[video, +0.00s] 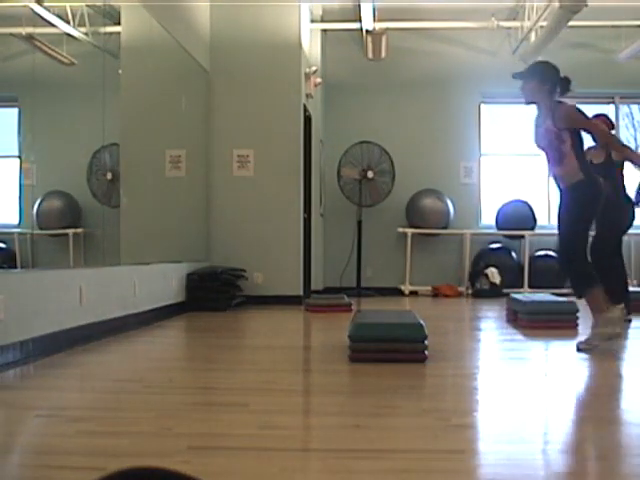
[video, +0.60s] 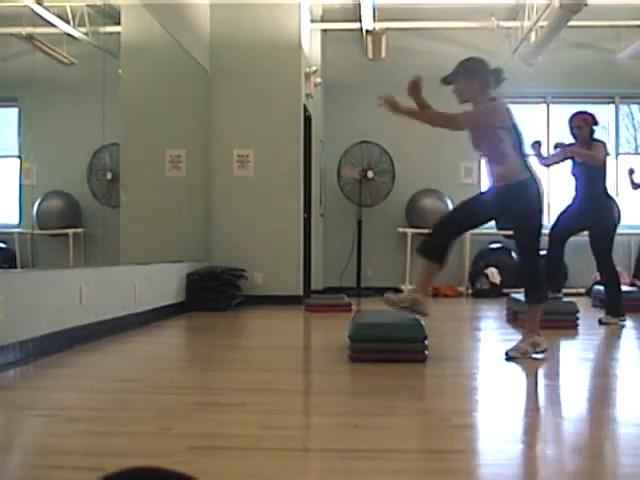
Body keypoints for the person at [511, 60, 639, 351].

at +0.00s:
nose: (522, 86)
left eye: (526, 82)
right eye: (523, 82)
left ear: (544, 86)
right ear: (539, 87)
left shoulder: (563, 112)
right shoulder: (540, 116)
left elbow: (600, 131)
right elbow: (552, 148)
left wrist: (626, 154)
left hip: (582, 189)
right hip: (568, 191)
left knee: (571, 255)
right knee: (570, 255)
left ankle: (603, 318)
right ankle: (606, 316)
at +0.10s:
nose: (514, 91)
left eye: (519, 86)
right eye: (515, 86)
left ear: (535, 91)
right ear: (527, 93)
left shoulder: (560, 118)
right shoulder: (529, 124)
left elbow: (599, 132)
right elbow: (546, 159)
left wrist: (631, 147)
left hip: (578, 194)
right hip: (560, 199)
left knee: (550, 249)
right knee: (580, 259)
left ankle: (564, 318)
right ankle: (605, 325)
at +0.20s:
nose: (507, 100)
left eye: (513, 95)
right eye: (509, 95)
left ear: (529, 98)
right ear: (522, 100)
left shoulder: (554, 129)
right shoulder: (520, 136)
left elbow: (593, 150)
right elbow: (536, 170)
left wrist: (613, 155)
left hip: (567, 207)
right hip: (548, 210)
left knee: (537, 257)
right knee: (575, 266)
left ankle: (534, 333)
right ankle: (607, 327)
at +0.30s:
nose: (500, 95)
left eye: (505, 90)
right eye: (500, 90)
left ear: (521, 92)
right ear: (512, 94)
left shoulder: (539, 123)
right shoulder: (511, 128)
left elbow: (563, 153)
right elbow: (514, 164)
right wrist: (510, 194)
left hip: (551, 201)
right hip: (532, 203)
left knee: (532, 262)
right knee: (544, 263)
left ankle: (534, 336)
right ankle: (595, 314)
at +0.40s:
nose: (489, 82)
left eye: (493, 76)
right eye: (489, 76)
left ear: (509, 77)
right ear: (500, 80)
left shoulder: (527, 110)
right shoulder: (499, 116)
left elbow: (538, 151)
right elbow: (479, 150)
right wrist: (452, 184)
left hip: (545, 188)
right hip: (522, 190)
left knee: (534, 255)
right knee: (503, 251)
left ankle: (535, 333)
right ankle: (537, 292)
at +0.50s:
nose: (471, 83)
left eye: (475, 76)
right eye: (470, 77)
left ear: (493, 75)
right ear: (487, 77)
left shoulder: (508, 106)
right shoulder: (487, 112)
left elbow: (466, 134)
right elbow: (460, 135)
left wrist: (428, 139)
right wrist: (424, 139)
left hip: (536, 186)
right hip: (516, 186)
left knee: (533, 254)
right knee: (472, 224)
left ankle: (533, 330)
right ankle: (474, 301)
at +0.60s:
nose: (454, 90)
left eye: (458, 84)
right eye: (454, 84)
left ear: (476, 82)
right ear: (474, 84)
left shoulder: (494, 110)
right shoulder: (482, 111)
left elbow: (450, 122)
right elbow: (447, 122)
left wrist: (404, 110)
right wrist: (420, 100)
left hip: (522, 193)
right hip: (499, 193)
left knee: (530, 264)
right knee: (445, 228)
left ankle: (533, 337)